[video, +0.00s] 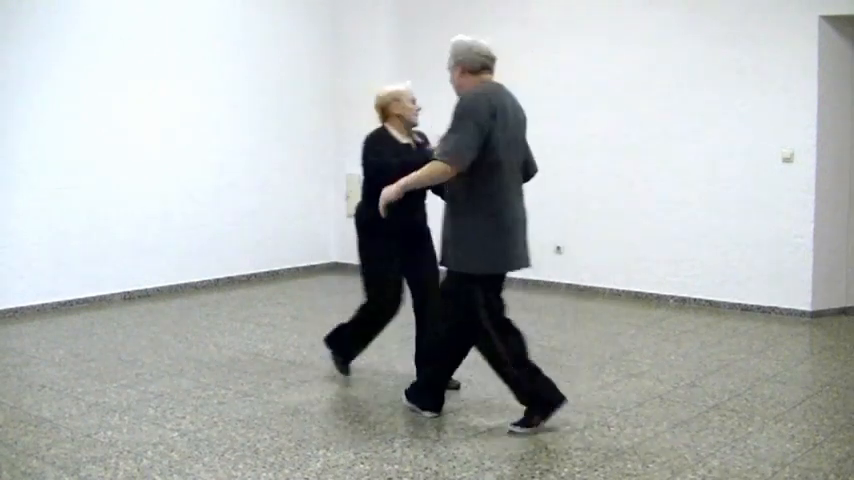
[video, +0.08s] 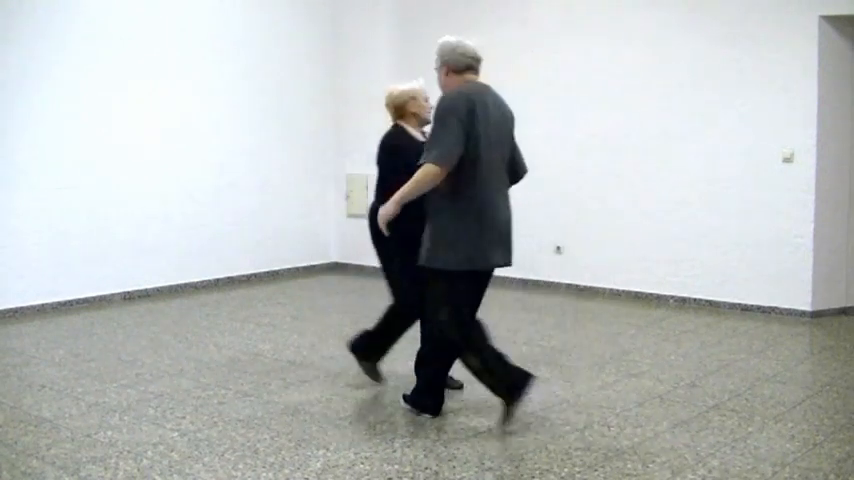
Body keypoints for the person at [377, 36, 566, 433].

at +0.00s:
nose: (451, 81)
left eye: (452, 74)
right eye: (452, 74)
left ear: (462, 70)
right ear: (488, 68)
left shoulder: (474, 102)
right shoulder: (507, 103)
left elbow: (448, 165)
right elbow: (526, 168)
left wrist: (401, 185)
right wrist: (472, 184)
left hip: (474, 237)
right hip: (498, 234)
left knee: (483, 319)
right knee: (455, 314)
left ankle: (541, 398)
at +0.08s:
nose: (438, 80)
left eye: (438, 73)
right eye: (439, 74)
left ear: (446, 70)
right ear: (475, 68)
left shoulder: (454, 102)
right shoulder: (498, 105)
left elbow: (437, 166)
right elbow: (515, 169)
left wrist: (396, 200)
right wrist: (472, 191)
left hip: (455, 232)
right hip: (488, 232)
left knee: (447, 316)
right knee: (451, 316)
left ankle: (509, 383)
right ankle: (426, 397)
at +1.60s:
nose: (406, 77)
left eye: (406, 70)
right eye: (403, 69)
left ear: (373, 67)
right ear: (386, 66)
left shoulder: (339, 96)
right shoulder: (375, 95)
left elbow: (318, 156)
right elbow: (399, 144)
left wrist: (363, 170)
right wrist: (452, 164)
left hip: (331, 219)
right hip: (372, 220)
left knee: (351, 300)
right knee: (397, 289)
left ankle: (358, 380)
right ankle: (390, 368)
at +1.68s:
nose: (402, 77)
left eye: (403, 70)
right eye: (399, 69)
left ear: (371, 67)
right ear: (381, 67)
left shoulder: (339, 94)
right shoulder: (370, 95)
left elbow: (320, 156)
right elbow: (393, 139)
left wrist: (366, 163)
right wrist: (446, 156)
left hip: (329, 220)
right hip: (368, 220)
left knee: (348, 302)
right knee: (396, 294)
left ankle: (356, 380)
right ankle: (385, 368)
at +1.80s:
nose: (399, 77)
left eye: (400, 70)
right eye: (396, 69)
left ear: (368, 67)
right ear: (377, 67)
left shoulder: (339, 94)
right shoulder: (362, 93)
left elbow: (316, 151)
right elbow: (380, 136)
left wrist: (358, 167)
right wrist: (429, 154)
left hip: (328, 219)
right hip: (359, 220)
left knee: (345, 297)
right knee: (384, 292)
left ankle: (356, 373)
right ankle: (362, 376)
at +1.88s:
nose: (397, 81)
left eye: (398, 73)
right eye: (395, 72)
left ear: (364, 69)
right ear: (375, 69)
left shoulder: (337, 95)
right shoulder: (361, 96)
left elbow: (310, 150)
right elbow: (372, 140)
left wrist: (349, 170)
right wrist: (417, 166)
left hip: (325, 221)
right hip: (355, 222)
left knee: (341, 296)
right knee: (374, 293)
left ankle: (344, 368)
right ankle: (355, 376)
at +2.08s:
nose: (392, 85)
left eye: (393, 78)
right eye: (389, 77)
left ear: (359, 74)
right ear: (368, 72)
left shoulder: (324, 101)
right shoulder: (361, 104)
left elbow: (282, 150)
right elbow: (391, 157)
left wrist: (273, 191)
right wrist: (442, 184)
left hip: (314, 224)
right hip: (338, 227)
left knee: (357, 291)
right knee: (351, 298)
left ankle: (353, 373)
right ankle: (332, 384)